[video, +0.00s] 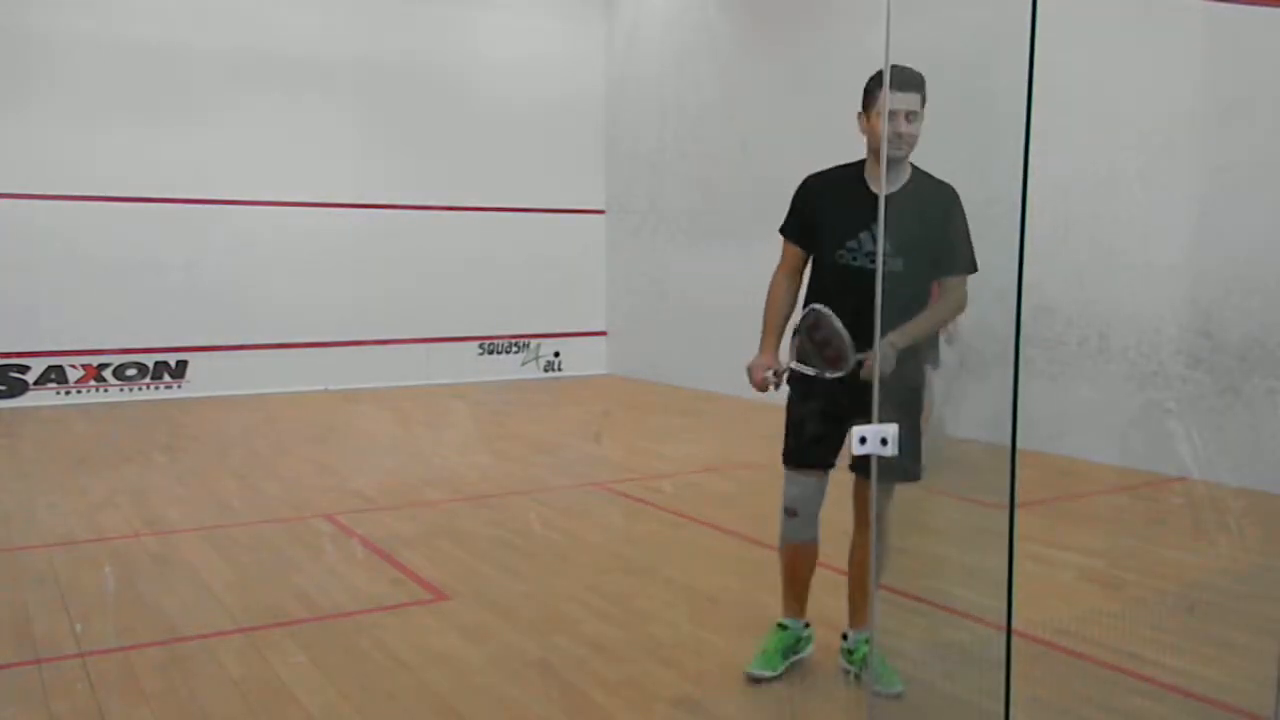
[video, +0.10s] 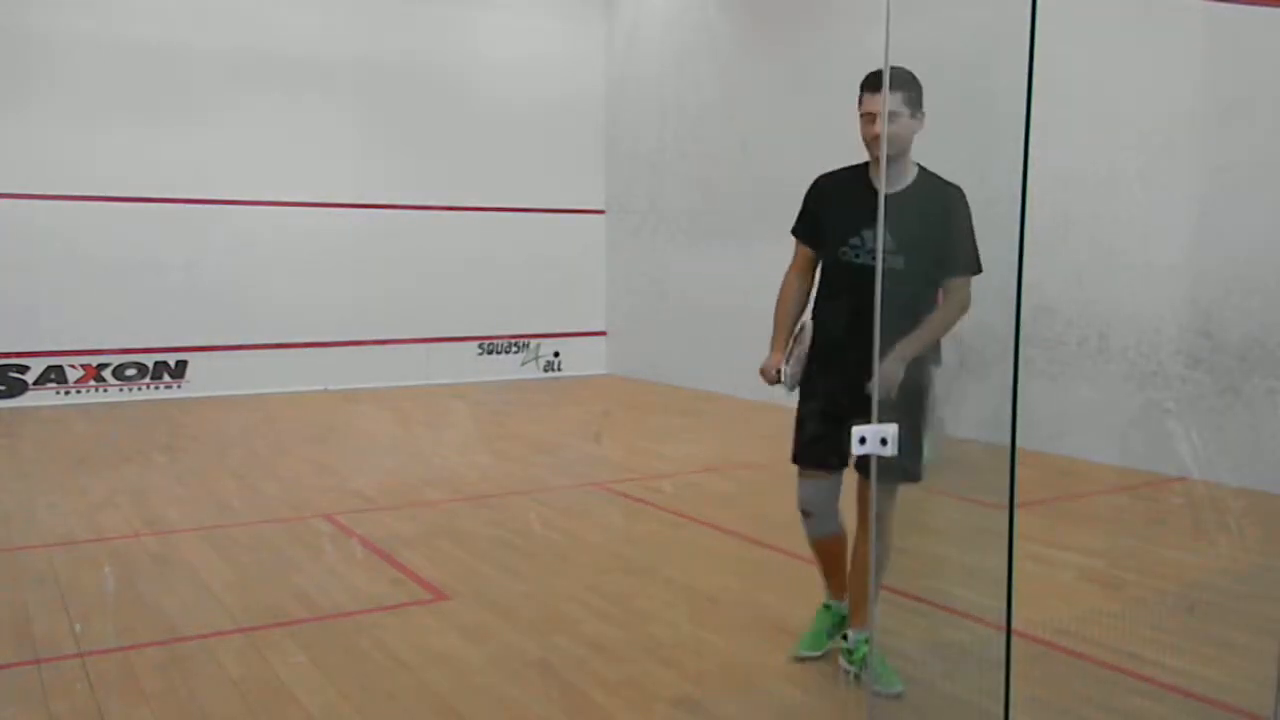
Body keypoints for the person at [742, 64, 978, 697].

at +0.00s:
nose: (902, 127)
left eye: (912, 117)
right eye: (891, 115)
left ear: (923, 124)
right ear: (864, 120)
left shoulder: (940, 202)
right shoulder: (820, 191)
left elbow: (951, 299)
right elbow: (787, 274)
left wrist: (892, 344)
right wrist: (768, 346)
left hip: (891, 382)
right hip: (817, 374)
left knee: (874, 513)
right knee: (798, 505)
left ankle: (858, 639)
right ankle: (793, 629)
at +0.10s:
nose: (877, 126)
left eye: (891, 116)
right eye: (868, 115)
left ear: (917, 122)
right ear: (858, 120)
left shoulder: (945, 202)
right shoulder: (829, 191)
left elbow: (956, 301)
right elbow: (800, 274)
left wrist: (899, 354)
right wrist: (779, 342)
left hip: (896, 378)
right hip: (827, 371)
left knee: (877, 507)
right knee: (814, 502)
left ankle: (860, 636)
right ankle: (838, 603)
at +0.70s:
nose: (841, 156)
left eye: (844, 144)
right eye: (840, 145)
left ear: (869, 139)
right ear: (874, 138)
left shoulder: (924, 195)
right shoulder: (889, 208)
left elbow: (929, 274)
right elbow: (898, 298)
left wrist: (853, 255)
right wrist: (861, 354)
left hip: (911, 370)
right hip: (897, 368)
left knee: (887, 493)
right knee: (924, 485)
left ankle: (881, 638)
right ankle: (957, 608)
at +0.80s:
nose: (845, 154)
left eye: (846, 143)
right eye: (843, 145)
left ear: (870, 138)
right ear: (880, 137)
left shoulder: (913, 191)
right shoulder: (913, 191)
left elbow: (878, 257)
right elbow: (915, 294)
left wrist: (835, 208)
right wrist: (871, 353)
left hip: (906, 365)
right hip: (911, 360)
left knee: (885, 490)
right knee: (922, 482)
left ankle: (880, 635)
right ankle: (957, 607)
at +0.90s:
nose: (845, 155)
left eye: (847, 145)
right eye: (844, 145)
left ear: (870, 140)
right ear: (884, 138)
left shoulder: (898, 192)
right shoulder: (922, 187)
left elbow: (838, 230)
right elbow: (919, 291)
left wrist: (829, 176)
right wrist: (873, 352)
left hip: (896, 368)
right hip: (915, 363)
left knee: (872, 484)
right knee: (919, 479)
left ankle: (876, 631)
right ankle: (956, 607)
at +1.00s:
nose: (842, 161)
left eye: (844, 151)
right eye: (841, 151)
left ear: (863, 144)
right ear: (884, 141)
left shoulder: (885, 190)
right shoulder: (919, 185)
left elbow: (817, 208)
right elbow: (923, 282)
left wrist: (827, 152)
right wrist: (871, 343)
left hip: (886, 361)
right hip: (914, 357)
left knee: (851, 477)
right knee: (915, 475)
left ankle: (869, 621)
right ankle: (955, 606)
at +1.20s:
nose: (824, 167)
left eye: (824, 157)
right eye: (824, 159)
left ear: (836, 149)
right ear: (869, 143)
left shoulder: (864, 186)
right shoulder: (901, 189)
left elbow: (790, 185)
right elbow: (908, 281)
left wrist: (806, 128)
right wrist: (860, 345)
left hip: (867, 362)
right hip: (896, 360)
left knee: (826, 476)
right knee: (905, 477)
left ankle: (829, 613)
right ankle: (953, 605)